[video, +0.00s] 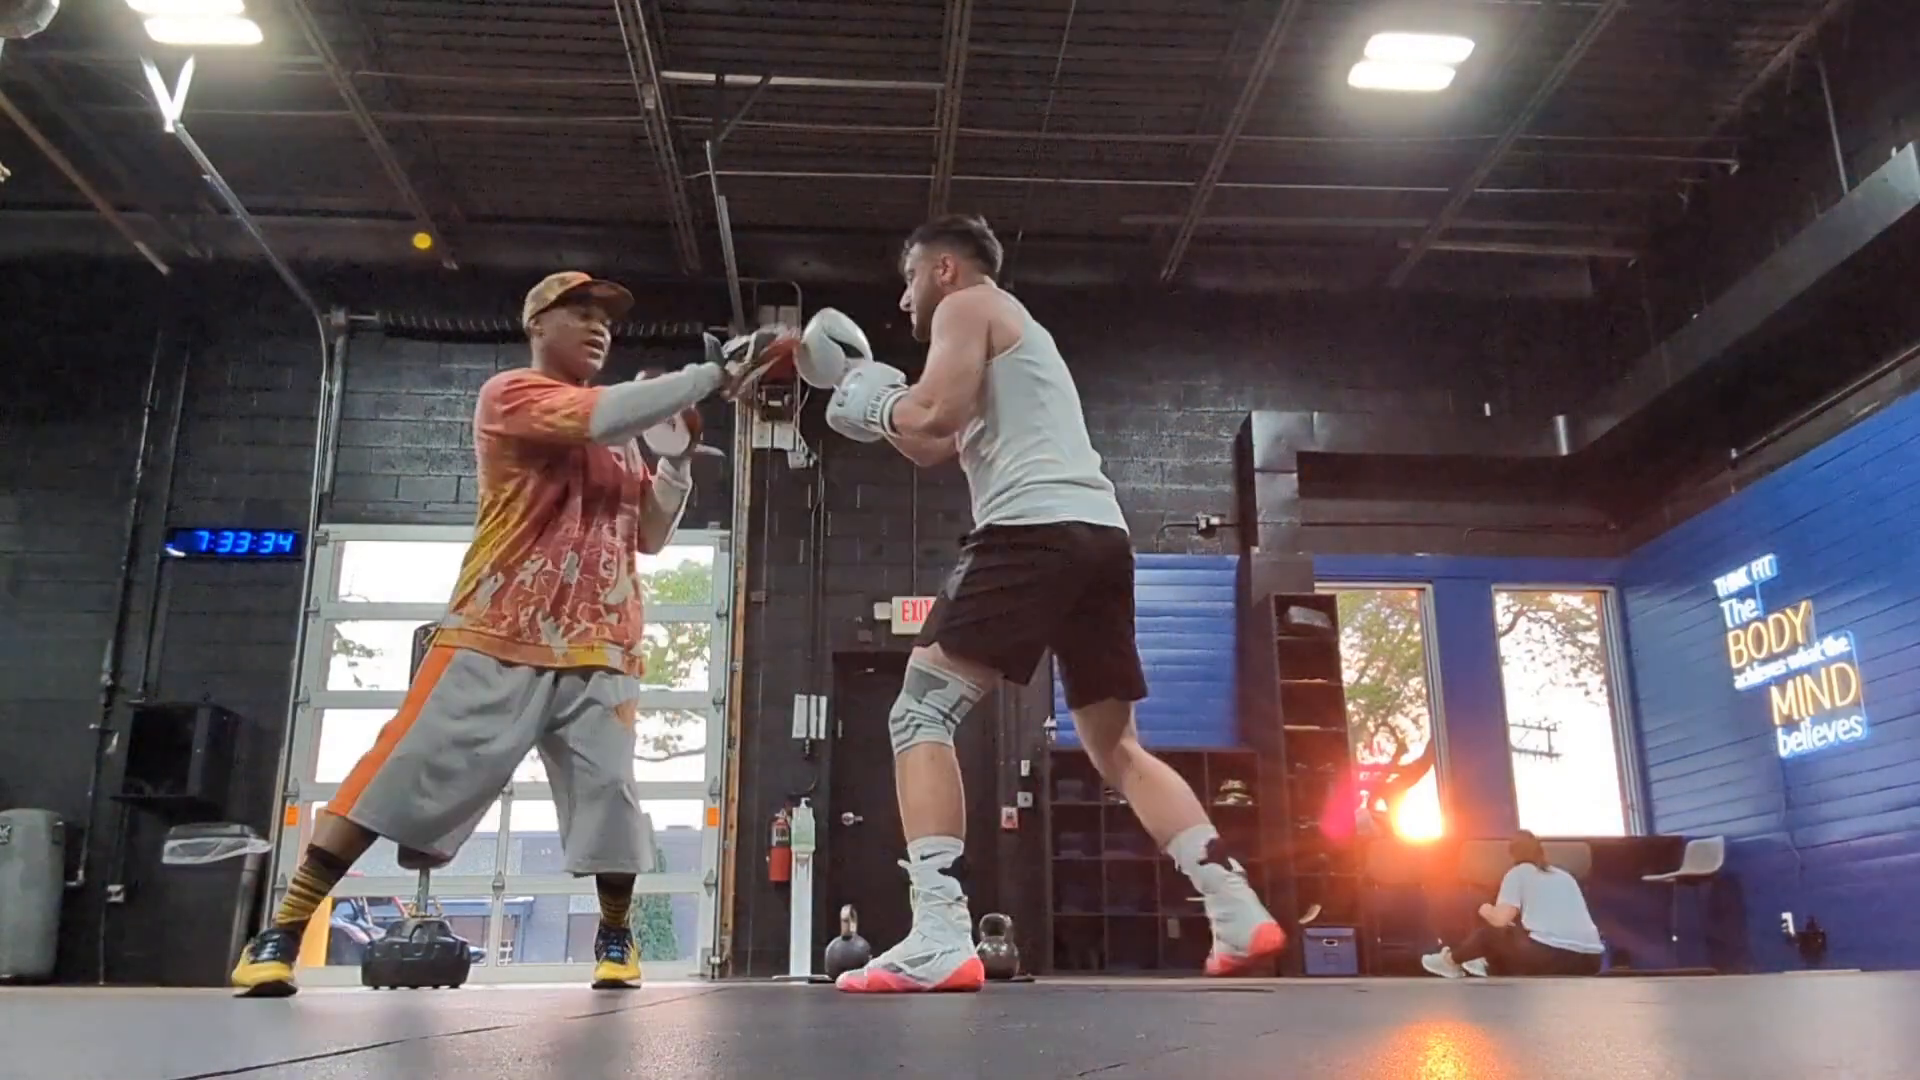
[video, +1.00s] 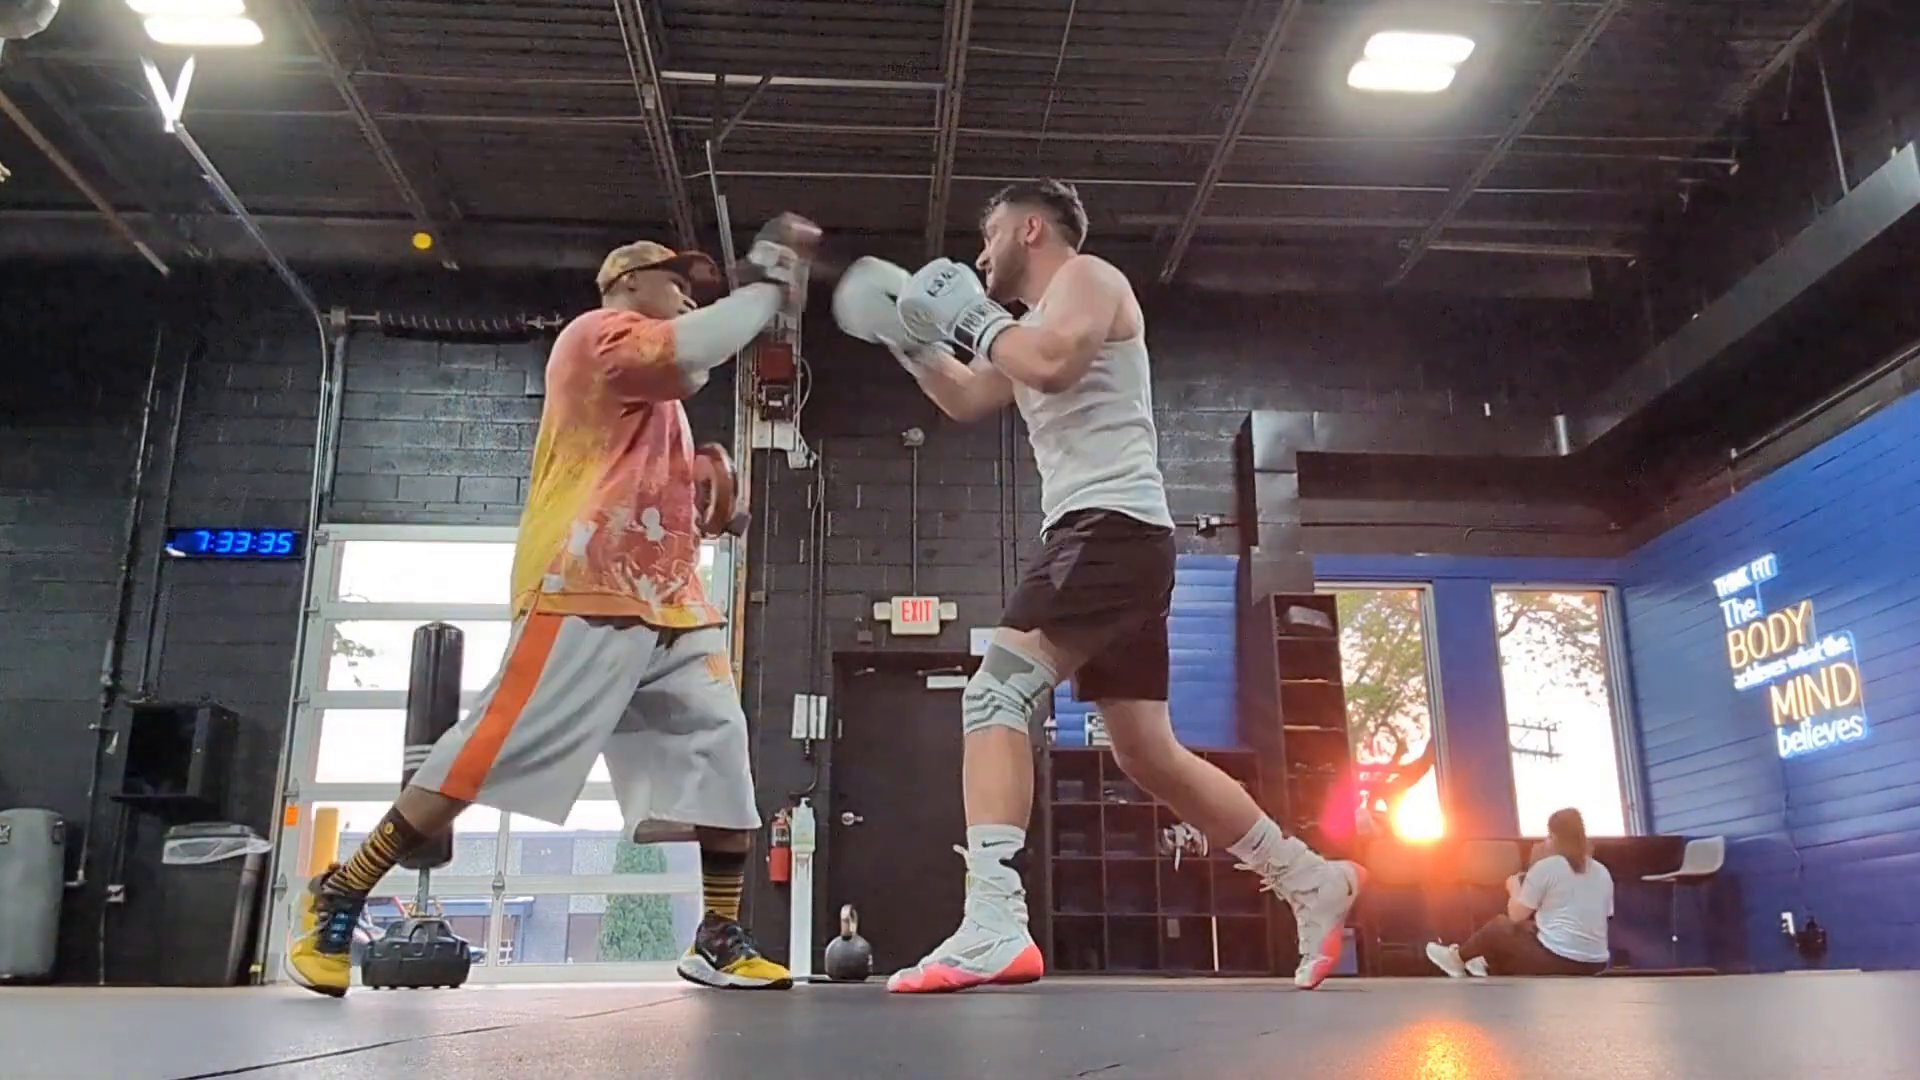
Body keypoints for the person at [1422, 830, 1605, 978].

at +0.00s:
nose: (1511, 855)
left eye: (1512, 851)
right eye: (1513, 850)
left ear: (1514, 854)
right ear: (1540, 852)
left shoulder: (1517, 874)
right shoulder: (1565, 875)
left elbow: (1502, 920)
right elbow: (1559, 918)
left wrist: (1485, 910)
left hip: (1552, 957)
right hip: (1591, 960)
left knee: (1487, 934)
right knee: (1519, 936)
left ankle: (1450, 960)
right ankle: (1483, 963)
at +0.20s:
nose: (1511, 856)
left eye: (1511, 852)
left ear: (1513, 856)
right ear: (1539, 853)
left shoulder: (1515, 877)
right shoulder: (1564, 877)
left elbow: (1493, 923)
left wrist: (1488, 910)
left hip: (1553, 959)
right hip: (1591, 961)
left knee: (1491, 933)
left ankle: (1449, 959)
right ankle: (1482, 965)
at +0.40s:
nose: (1513, 854)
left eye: (1515, 850)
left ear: (1517, 853)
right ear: (1543, 851)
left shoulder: (1517, 874)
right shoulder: (1569, 875)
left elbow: (1485, 920)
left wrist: (1508, 914)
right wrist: (1524, 917)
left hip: (1554, 959)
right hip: (1591, 961)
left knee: (1496, 932)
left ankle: (1449, 960)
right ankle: (1483, 964)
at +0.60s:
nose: (1520, 846)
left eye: (1522, 841)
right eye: (1522, 841)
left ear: (1526, 843)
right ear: (1553, 843)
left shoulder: (1522, 871)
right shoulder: (1579, 871)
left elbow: (1495, 916)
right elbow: (1571, 911)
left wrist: (1509, 925)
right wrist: (1528, 922)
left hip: (1555, 959)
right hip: (1593, 962)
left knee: (1495, 932)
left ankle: (1451, 959)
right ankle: (1483, 964)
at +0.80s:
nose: (1535, 840)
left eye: (1537, 835)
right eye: (1536, 835)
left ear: (1542, 837)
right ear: (1568, 837)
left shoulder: (1535, 867)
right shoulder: (1593, 871)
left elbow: (1507, 912)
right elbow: (1598, 913)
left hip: (1558, 958)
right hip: (1595, 962)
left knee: (1502, 929)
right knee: (1528, 928)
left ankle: (1454, 957)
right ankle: (1485, 963)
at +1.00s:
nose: (1547, 839)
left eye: (1549, 834)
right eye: (1548, 834)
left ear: (1554, 836)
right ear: (1580, 834)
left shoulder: (1545, 868)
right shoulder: (1602, 872)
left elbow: (1516, 916)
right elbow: (1606, 915)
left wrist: (1513, 891)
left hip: (1561, 959)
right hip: (1596, 962)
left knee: (1499, 926)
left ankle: (1457, 956)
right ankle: (1485, 963)